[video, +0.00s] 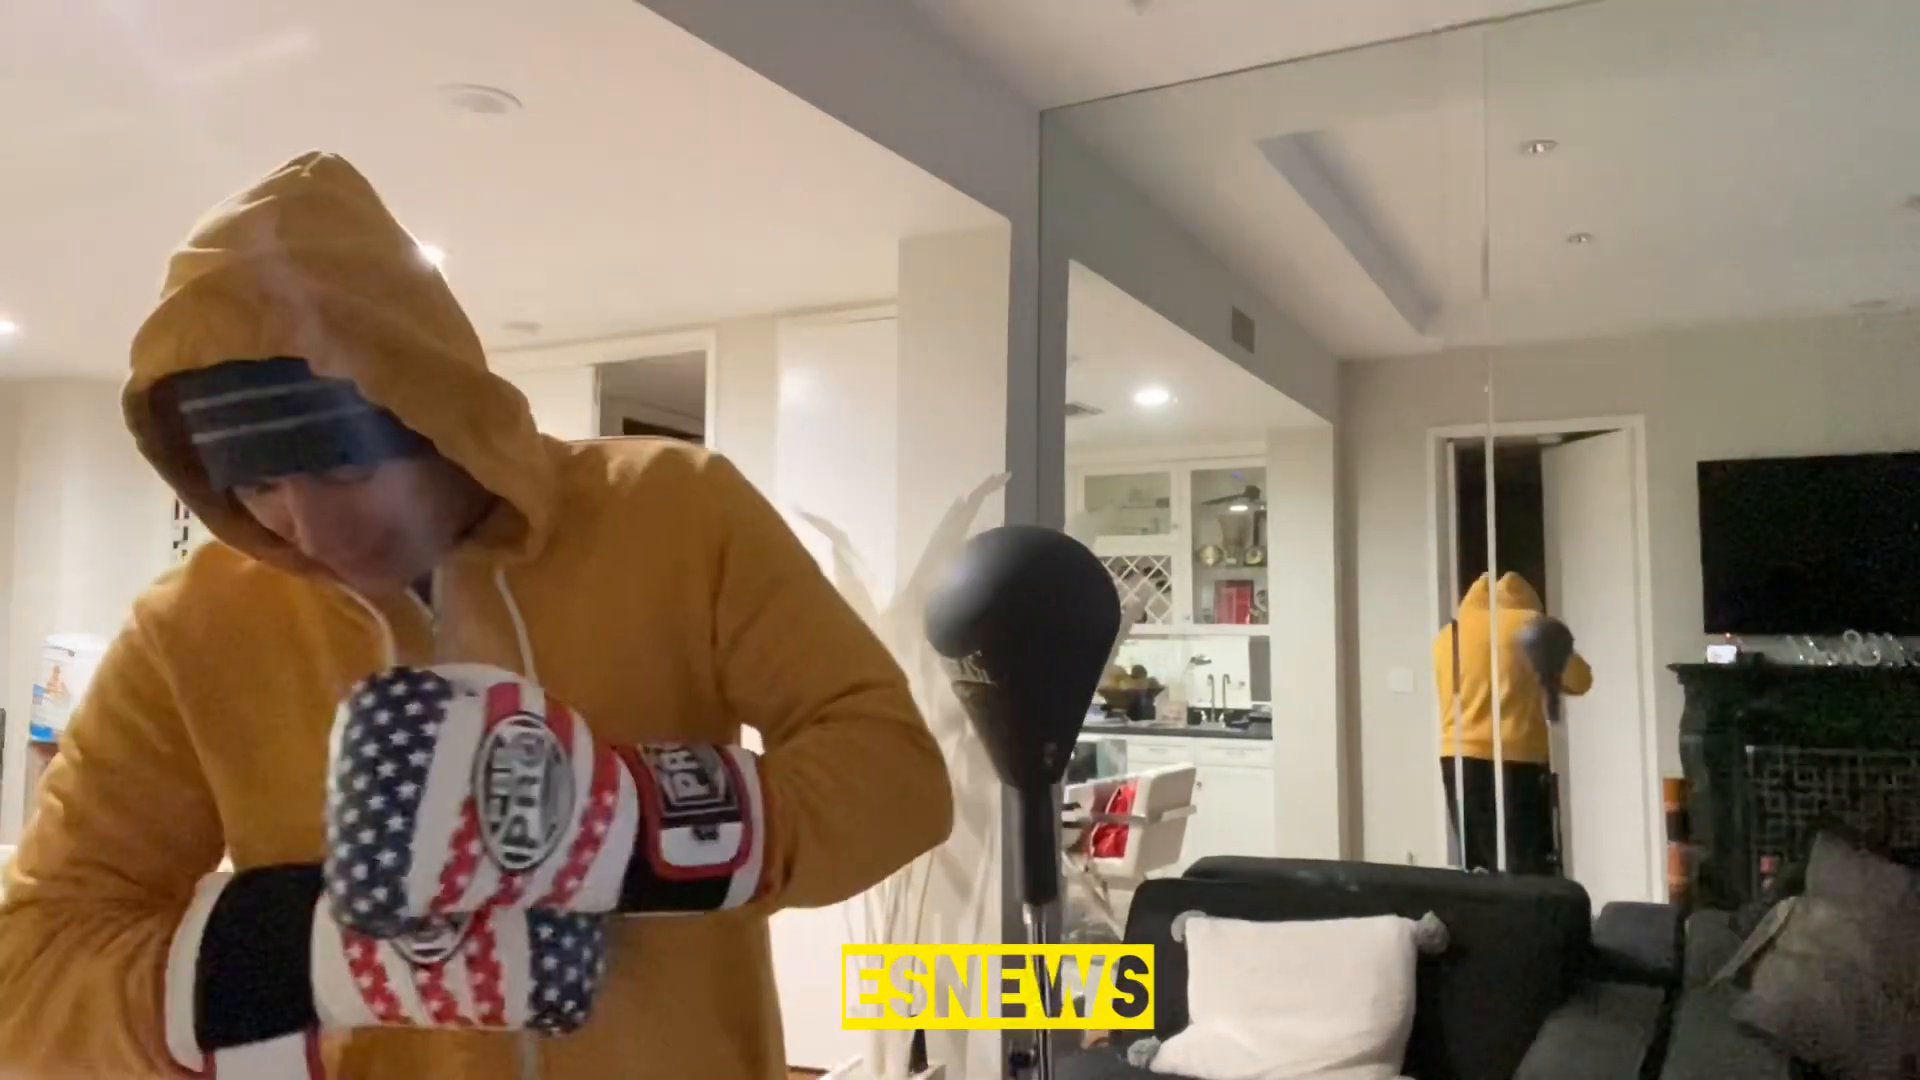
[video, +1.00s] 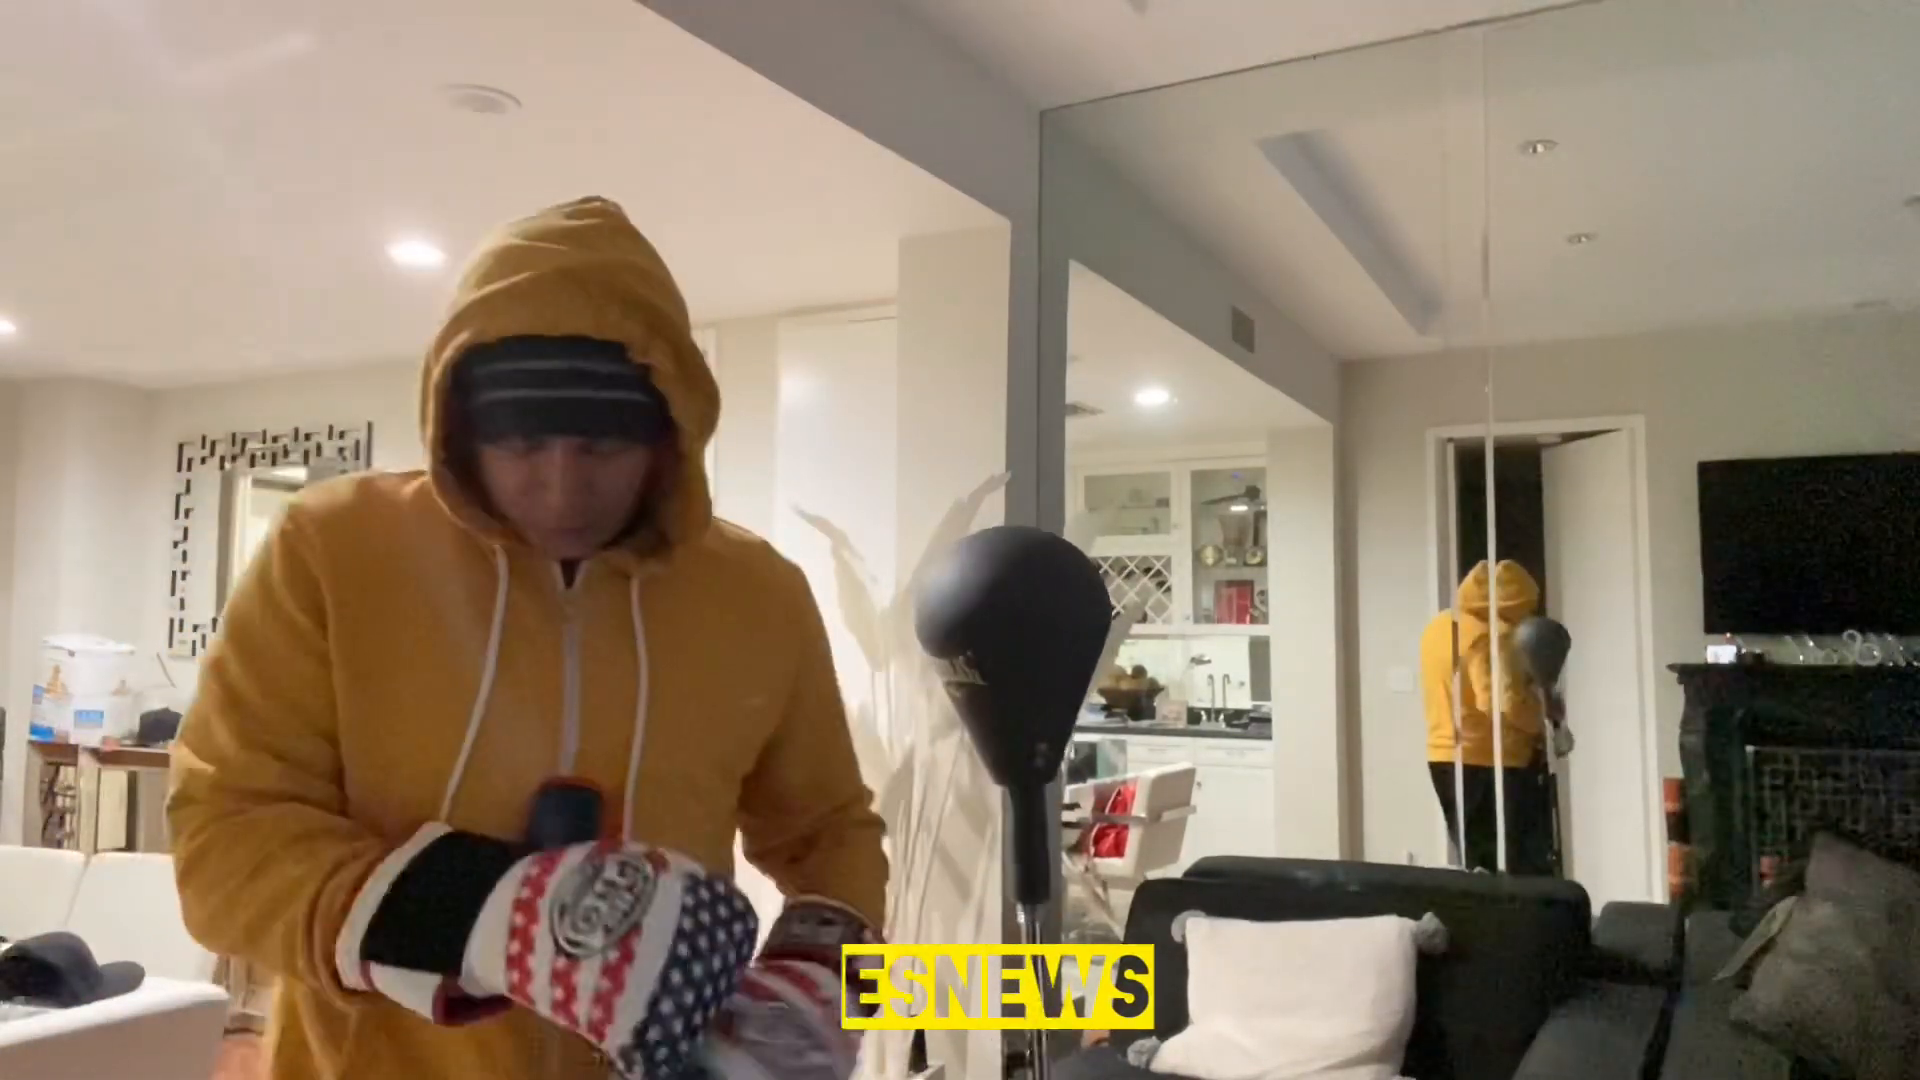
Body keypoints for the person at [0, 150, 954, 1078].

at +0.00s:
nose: (299, 525)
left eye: (330, 456)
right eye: (250, 486)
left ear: (435, 404)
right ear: (212, 486)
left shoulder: (679, 519)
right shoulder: (188, 641)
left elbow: (896, 774)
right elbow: (32, 978)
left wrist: (632, 816)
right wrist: (322, 958)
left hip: (687, 1064)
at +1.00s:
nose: (560, 493)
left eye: (601, 445)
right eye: (522, 444)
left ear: (661, 438)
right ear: (464, 431)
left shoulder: (757, 602)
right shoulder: (334, 557)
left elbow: (828, 831)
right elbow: (225, 838)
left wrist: (812, 971)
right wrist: (487, 921)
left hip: (647, 1063)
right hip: (372, 1058)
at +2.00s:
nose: (565, 510)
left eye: (607, 463)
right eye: (528, 462)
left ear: (674, 446)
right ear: (480, 449)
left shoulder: (785, 570)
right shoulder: (370, 572)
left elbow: (876, 789)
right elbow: (336, 884)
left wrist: (788, 849)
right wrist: (433, 1055)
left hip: (723, 1059)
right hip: (469, 1059)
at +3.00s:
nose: (504, 481)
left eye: (551, 423)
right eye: (460, 427)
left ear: (627, 404)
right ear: (408, 420)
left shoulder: (759, 559)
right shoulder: (292, 581)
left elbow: (885, 814)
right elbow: (195, 896)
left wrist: (788, 822)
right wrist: (436, 1038)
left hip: (703, 1064)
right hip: (424, 1075)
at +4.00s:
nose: (601, 413)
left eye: (647, 367)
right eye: (566, 367)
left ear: (718, 380)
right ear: (526, 385)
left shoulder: (832, 569)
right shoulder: (409, 559)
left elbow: (973, 813)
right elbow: (236, 835)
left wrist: (895, 811)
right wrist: (569, 786)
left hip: (753, 1063)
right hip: (458, 1063)